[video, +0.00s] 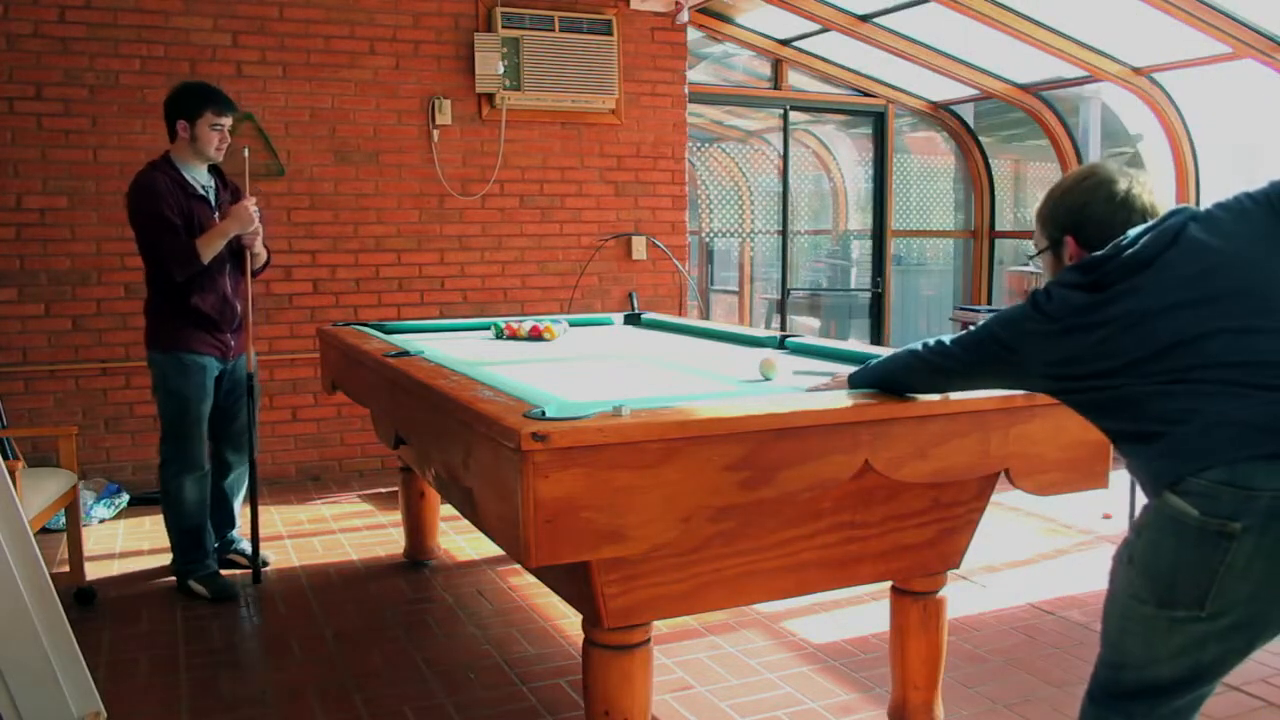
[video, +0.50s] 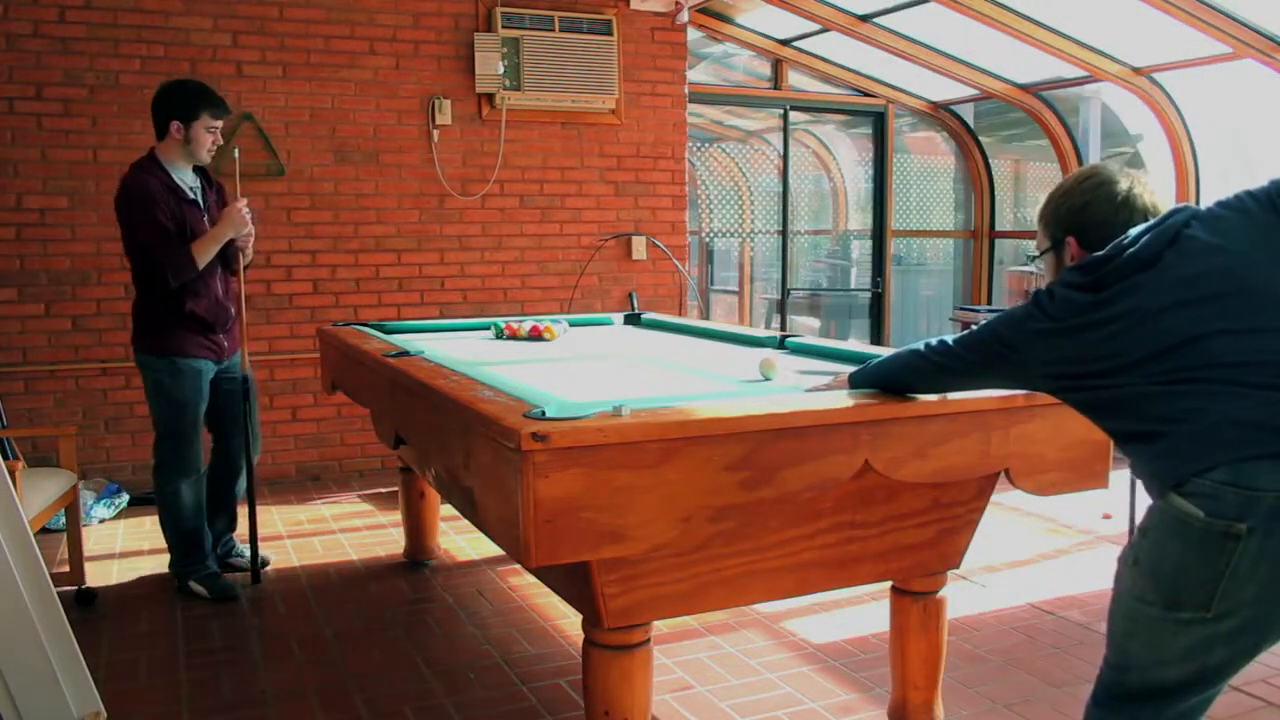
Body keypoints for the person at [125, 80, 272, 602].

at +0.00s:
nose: (226, 137)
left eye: (229, 128)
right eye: (217, 127)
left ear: (224, 133)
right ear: (183, 129)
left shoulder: (223, 187)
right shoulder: (152, 186)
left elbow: (255, 265)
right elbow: (176, 265)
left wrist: (255, 241)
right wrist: (229, 226)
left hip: (231, 339)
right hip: (183, 341)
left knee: (233, 452)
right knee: (188, 457)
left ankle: (224, 541)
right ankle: (193, 566)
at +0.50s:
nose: (219, 140)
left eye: (220, 131)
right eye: (211, 130)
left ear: (190, 133)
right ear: (177, 129)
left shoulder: (209, 186)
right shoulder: (140, 186)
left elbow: (228, 265)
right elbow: (168, 271)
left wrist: (244, 243)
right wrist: (222, 230)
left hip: (221, 340)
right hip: (173, 344)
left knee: (236, 442)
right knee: (181, 457)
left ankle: (219, 541)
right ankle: (191, 567)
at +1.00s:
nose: (214, 140)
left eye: (215, 130)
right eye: (207, 129)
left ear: (182, 131)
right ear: (175, 128)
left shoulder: (202, 186)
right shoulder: (138, 186)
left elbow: (223, 266)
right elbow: (166, 271)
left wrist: (247, 246)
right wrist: (231, 229)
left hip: (228, 339)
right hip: (181, 344)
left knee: (246, 444)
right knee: (188, 458)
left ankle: (236, 543)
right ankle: (193, 567)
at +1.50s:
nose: (229, 140)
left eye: (230, 131)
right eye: (220, 129)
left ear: (208, 134)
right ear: (186, 129)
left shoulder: (219, 188)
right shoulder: (155, 185)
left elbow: (238, 265)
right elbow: (182, 267)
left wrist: (257, 245)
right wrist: (240, 227)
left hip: (234, 339)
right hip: (191, 342)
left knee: (234, 452)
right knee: (195, 457)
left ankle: (231, 545)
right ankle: (193, 565)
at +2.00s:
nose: (243, 141)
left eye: (247, 132)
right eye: (234, 131)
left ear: (246, 137)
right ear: (202, 130)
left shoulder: (239, 188)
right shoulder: (168, 189)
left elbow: (263, 267)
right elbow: (188, 267)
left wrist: (268, 248)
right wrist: (243, 227)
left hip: (243, 340)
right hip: (199, 342)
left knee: (237, 452)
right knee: (199, 457)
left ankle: (231, 545)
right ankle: (193, 564)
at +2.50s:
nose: (252, 143)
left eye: (255, 135)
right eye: (244, 133)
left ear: (252, 139)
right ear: (211, 131)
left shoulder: (244, 189)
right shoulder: (176, 187)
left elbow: (268, 268)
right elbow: (198, 263)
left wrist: (274, 248)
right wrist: (251, 226)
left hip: (251, 340)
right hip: (207, 342)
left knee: (241, 452)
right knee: (203, 456)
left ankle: (230, 544)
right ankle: (192, 564)